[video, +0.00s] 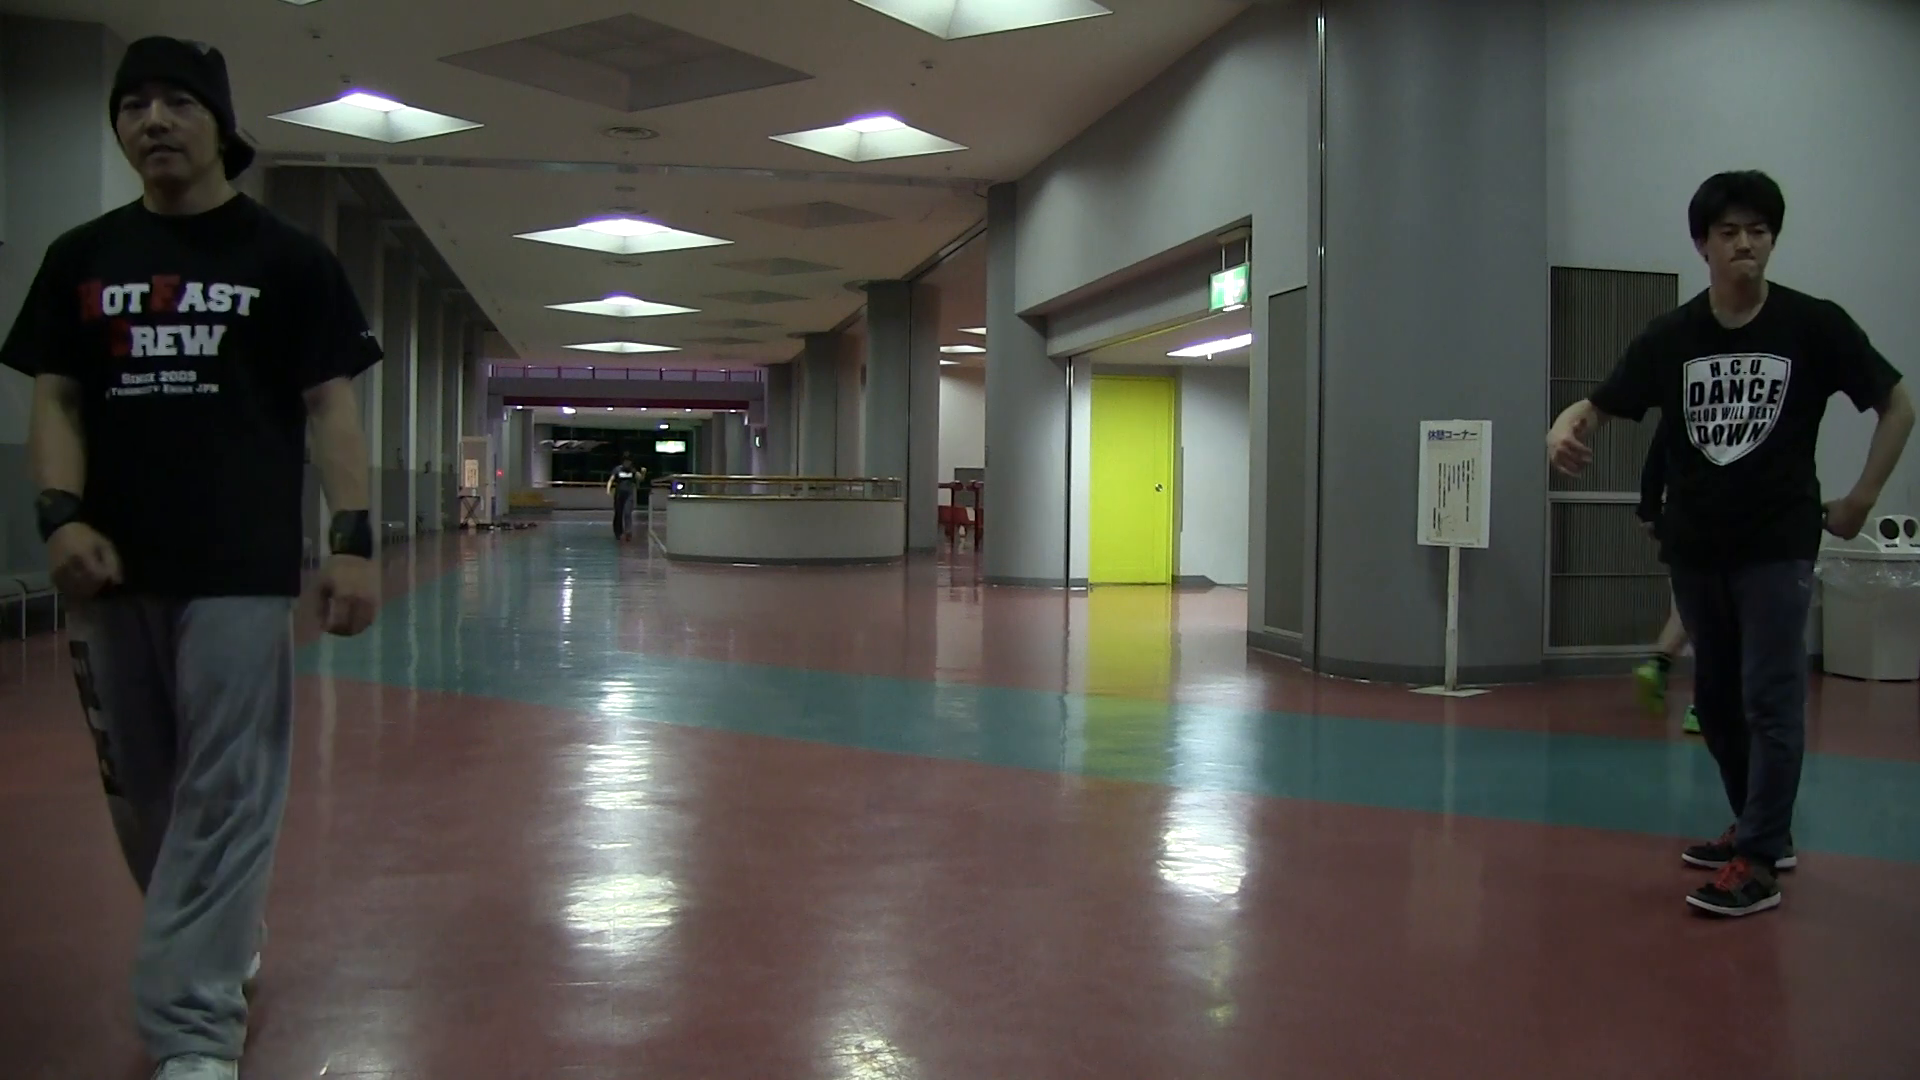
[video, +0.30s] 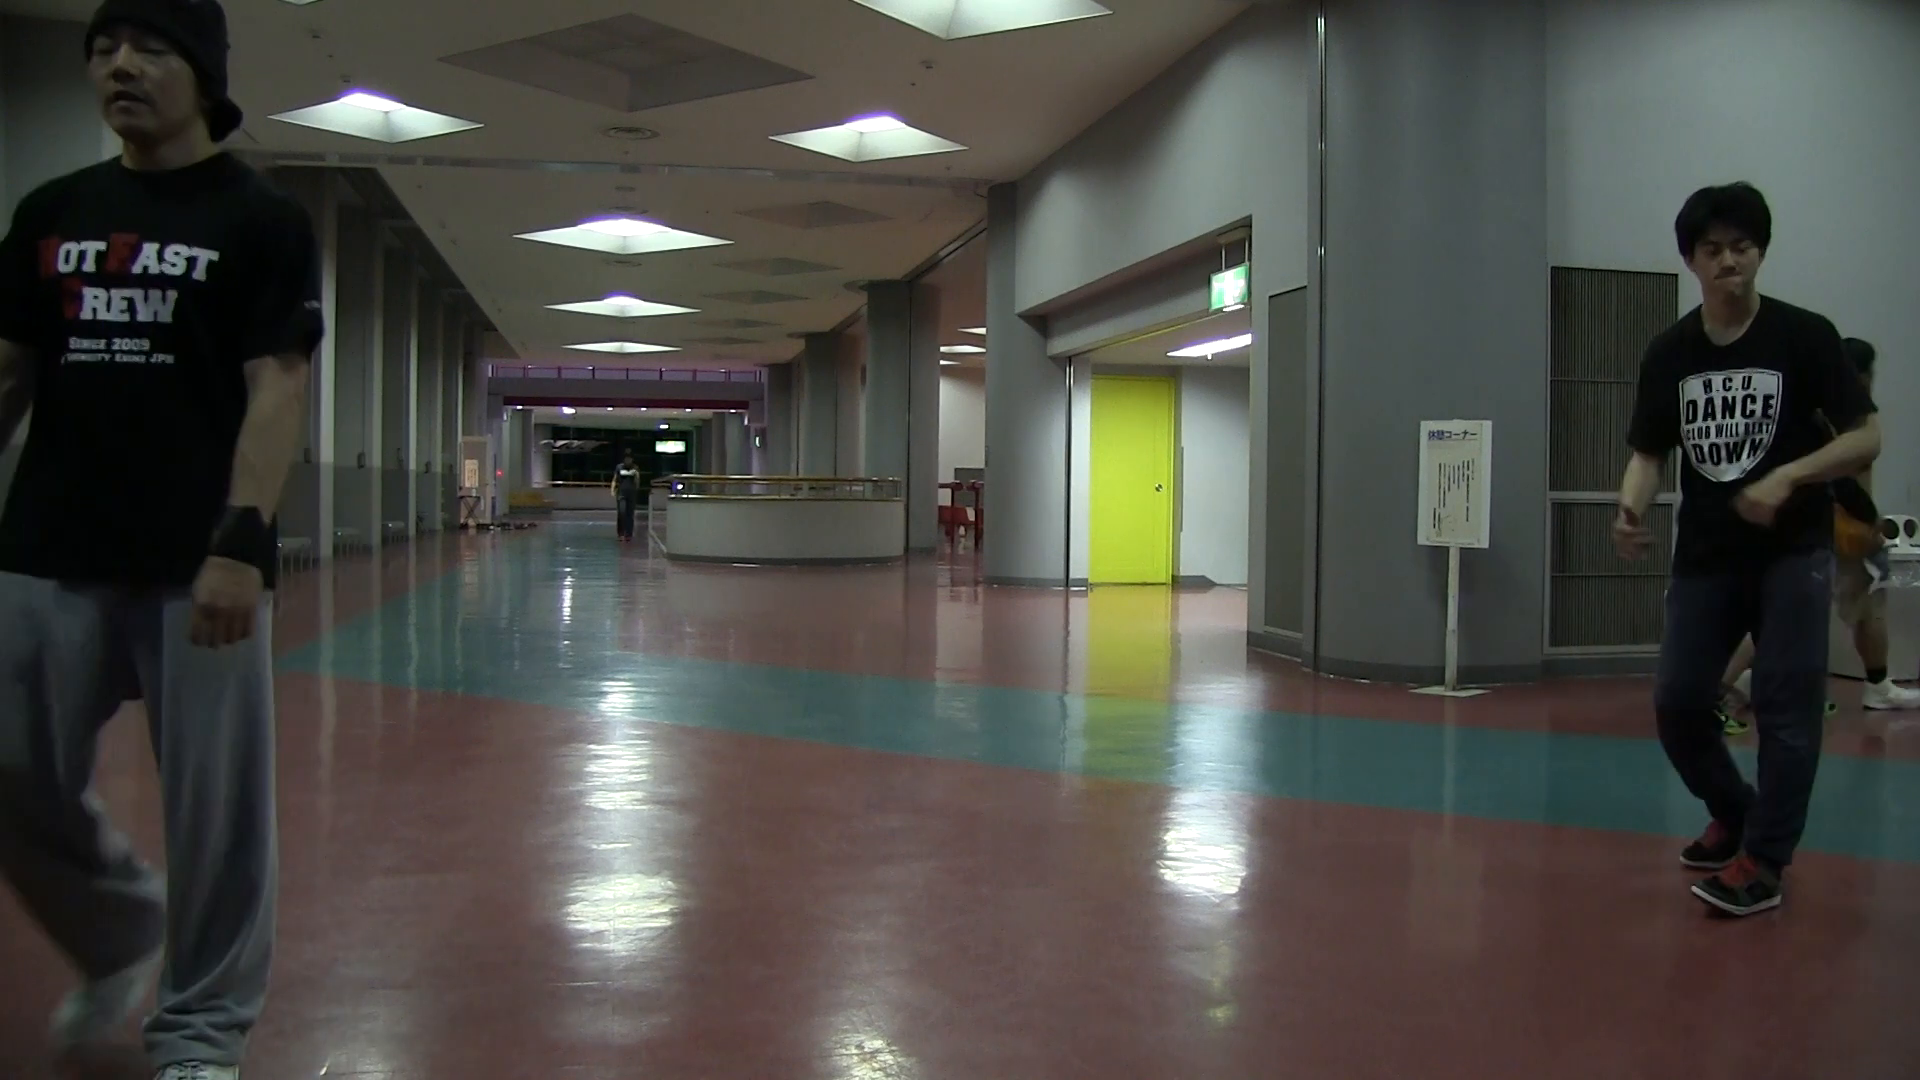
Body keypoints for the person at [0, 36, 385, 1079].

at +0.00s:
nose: (156, 119)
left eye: (179, 102)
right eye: (137, 105)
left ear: (222, 124)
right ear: (117, 131)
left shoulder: (291, 258)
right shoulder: (79, 260)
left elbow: (331, 407)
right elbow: (55, 402)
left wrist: (354, 538)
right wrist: (61, 516)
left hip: (242, 563)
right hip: (112, 564)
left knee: (224, 790)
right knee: (143, 784)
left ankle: (196, 1036)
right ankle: (217, 961)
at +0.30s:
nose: (122, 65)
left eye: (151, 48)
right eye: (107, 47)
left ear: (207, 75)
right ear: (90, 71)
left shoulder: (262, 217)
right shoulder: (51, 209)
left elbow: (280, 385)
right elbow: (13, 373)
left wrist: (246, 545)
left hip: (196, 549)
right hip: (54, 541)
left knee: (216, 803)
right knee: (19, 778)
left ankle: (204, 1030)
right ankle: (122, 931)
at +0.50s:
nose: (65, 51)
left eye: (96, 31)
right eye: (48, 32)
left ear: (152, 56)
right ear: (30, 54)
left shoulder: (218, 196)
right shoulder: (10, 185)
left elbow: (240, 376)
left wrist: (181, 524)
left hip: (174, 550)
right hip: (28, 549)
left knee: (208, 802)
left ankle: (202, 1035)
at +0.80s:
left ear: (10, 65)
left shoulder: (68, 180)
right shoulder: (69, 185)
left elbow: (139, 354)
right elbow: (140, 355)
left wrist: (186, 503)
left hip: (55, 538)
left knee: (122, 788)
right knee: (116, 788)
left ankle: (183, 1031)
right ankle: (179, 1023)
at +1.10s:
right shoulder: (1, 178)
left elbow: (30, 337)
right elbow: (32, 338)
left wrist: (100, 489)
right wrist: (98, 490)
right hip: (1, 555)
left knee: (18, 789)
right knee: (18, 792)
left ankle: (38, 1016)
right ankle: (34, 1016)